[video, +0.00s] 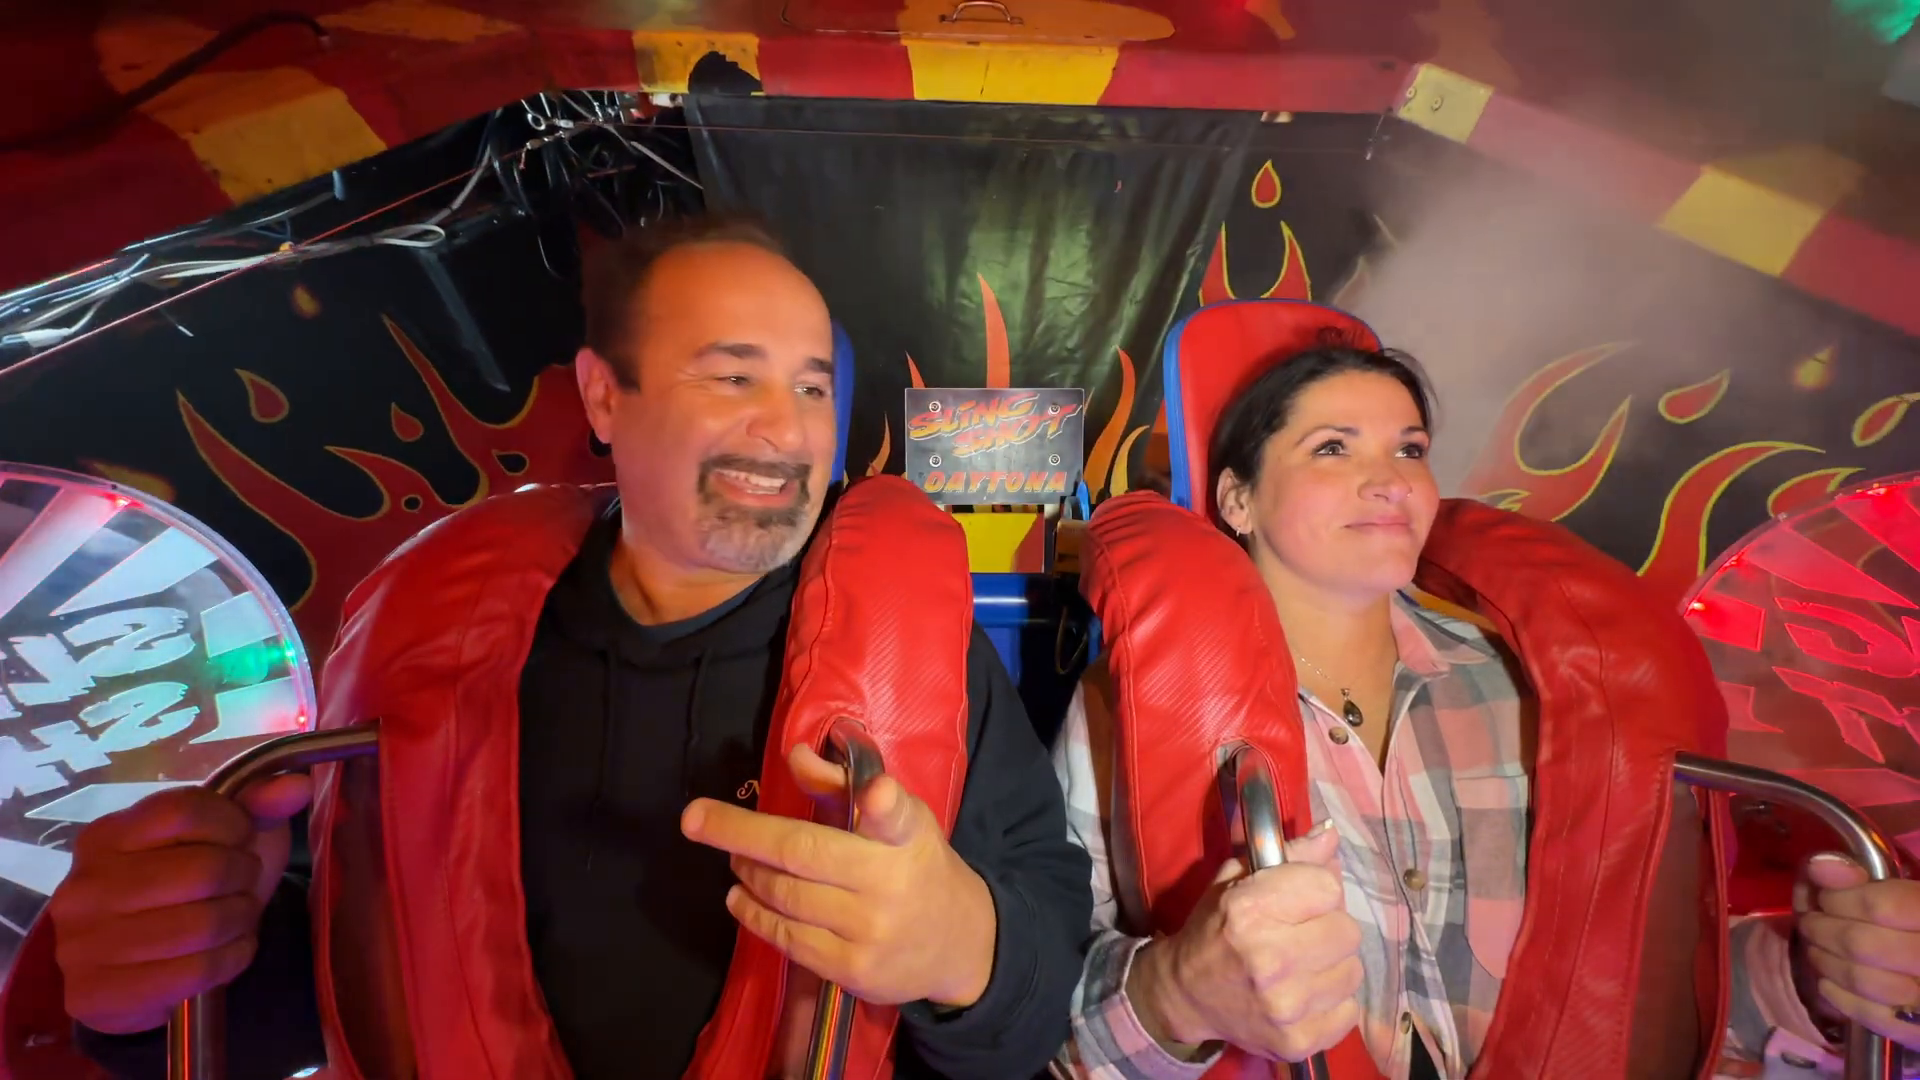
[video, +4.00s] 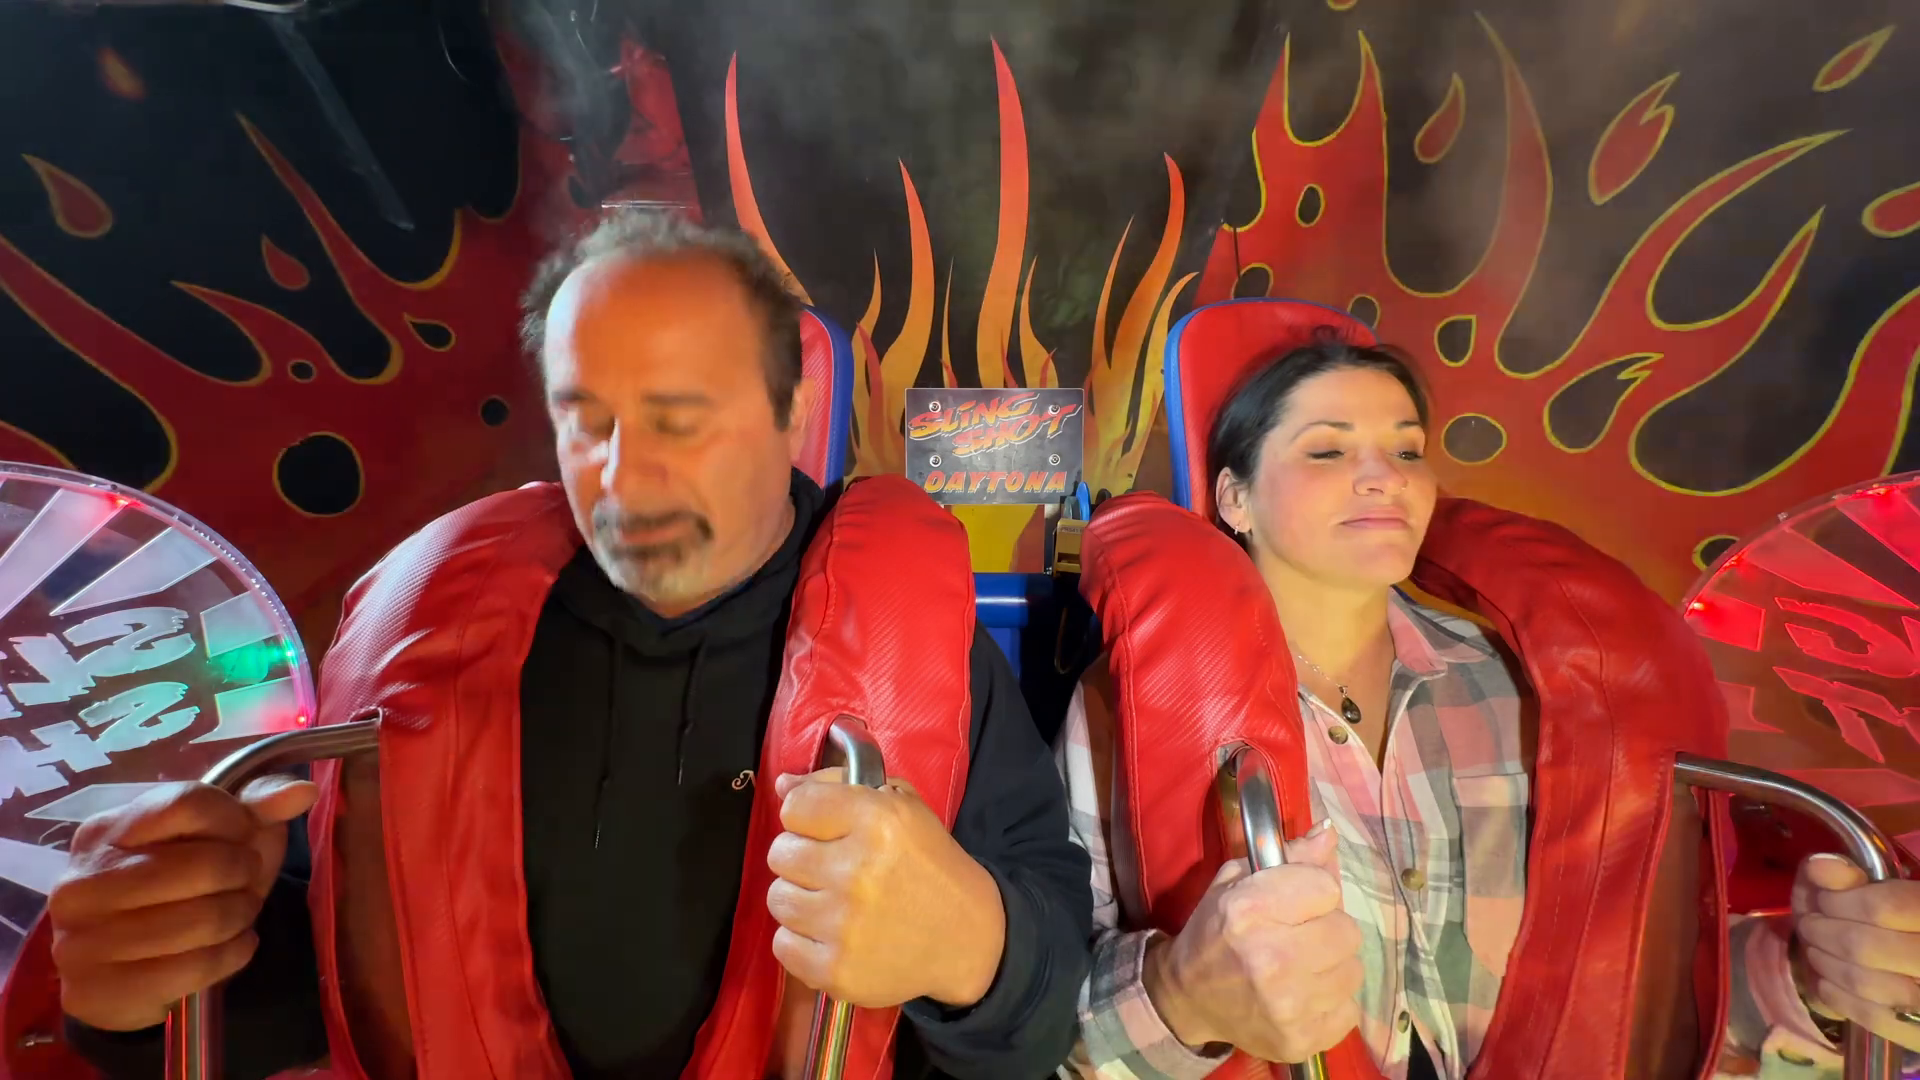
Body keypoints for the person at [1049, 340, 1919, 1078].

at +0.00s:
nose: (1389, 476)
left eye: (1410, 450)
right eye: (1332, 448)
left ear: (1434, 495)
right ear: (1239, 502)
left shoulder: (1523, 690)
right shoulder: (1144, 708)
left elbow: (1617, 963)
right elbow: (1047, 1031)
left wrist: (1803, 971)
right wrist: (1170, 996)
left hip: (1505, 1066)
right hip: (1265, 1071)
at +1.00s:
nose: (1391, 481)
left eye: (1410, 453)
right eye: (1333, 451)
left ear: (1435, 493)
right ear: (1240, 505)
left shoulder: (1522, 695)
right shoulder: (1143, 716)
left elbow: (1612, 974)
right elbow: (1047, 1040)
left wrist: (1804, 975)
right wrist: (1174, 998)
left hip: (1499, 1069)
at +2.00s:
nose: (1388, 478)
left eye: (1408, 447)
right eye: (1330, 447)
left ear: (1437, 485)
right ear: (1238, 500)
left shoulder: (1514, 693)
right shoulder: (1141, 712)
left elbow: (1599, 975)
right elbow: (1041, 1028)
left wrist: (1793, 968)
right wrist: (1170, 1000)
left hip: (1488, 1067)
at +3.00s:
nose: (1376, 484)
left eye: (1397, 452)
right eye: (1319, 452)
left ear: (1429, 488)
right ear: (1233, 502)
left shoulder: (1518, 692)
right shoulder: (1143, 713)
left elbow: (1626, 962)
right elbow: (1066, 1036)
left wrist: (1817, 975)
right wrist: (1178, 1001)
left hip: (1501, 1071)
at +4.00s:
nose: (1382, 485)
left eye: (1405, 454)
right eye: (1328, 454)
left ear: (1436, 487)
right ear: (1235, 500)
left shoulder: (1514, 692)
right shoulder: (1137, 715)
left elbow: (1605, 972)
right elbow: (1055, 1029)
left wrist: (1801, 972)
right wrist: (1173, 1003)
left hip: (1488, 1066)